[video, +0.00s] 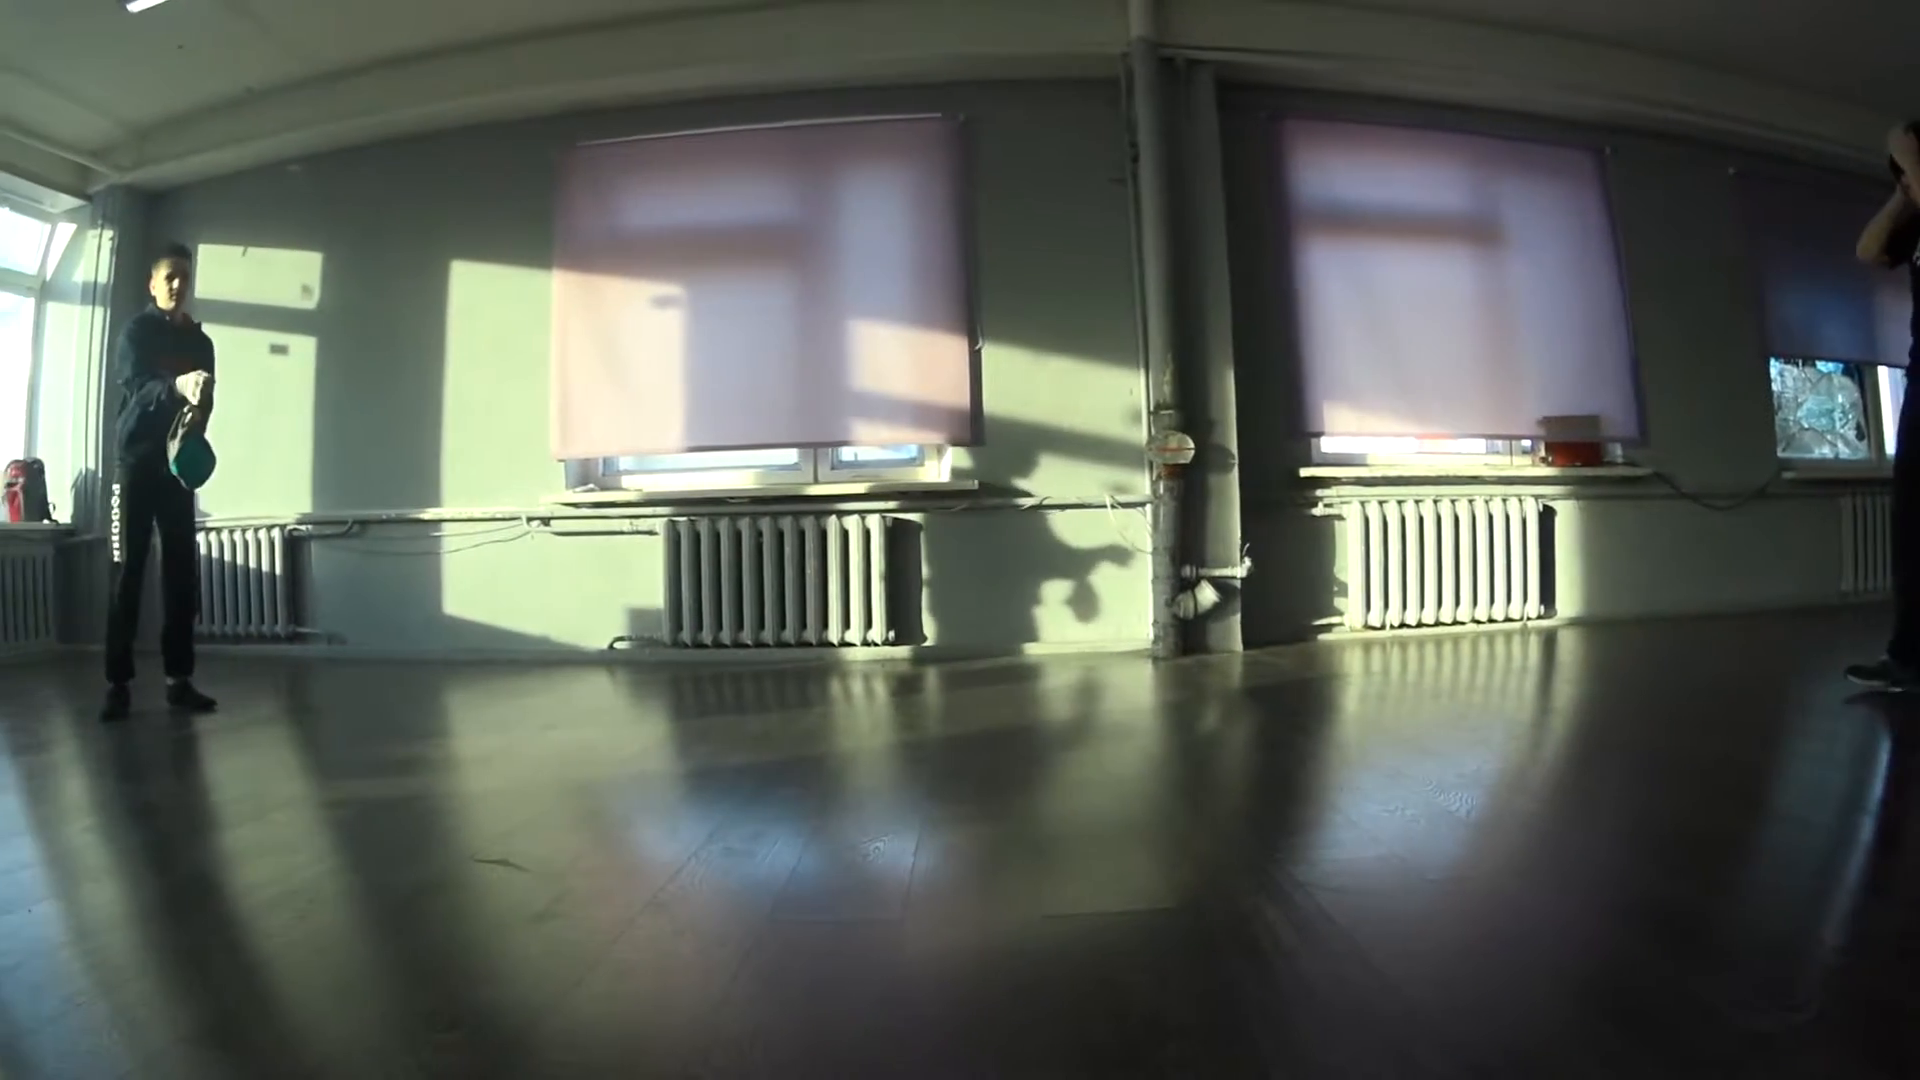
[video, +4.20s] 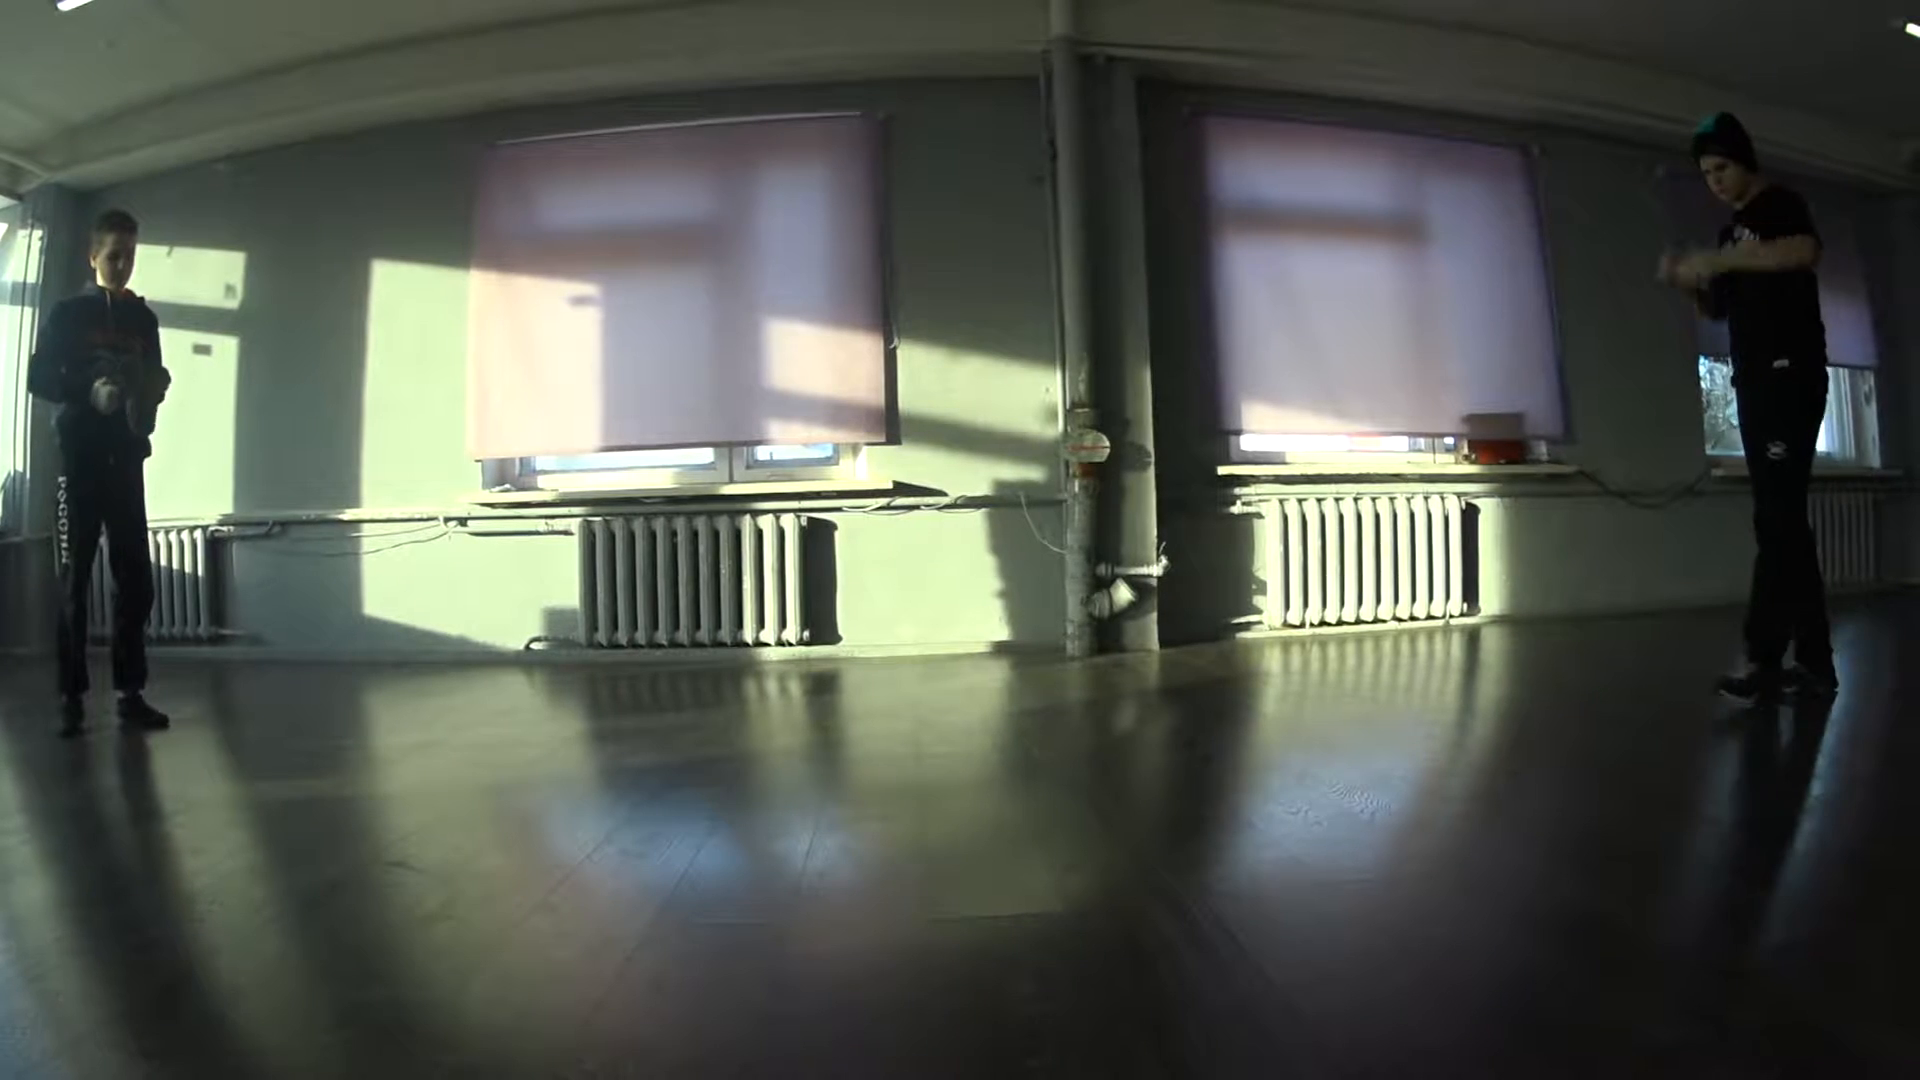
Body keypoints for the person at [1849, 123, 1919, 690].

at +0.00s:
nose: (1898, 174)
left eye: (1902, 164)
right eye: (1897, 164)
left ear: (1913, 162)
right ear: (1906, 164)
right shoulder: (1911, 217)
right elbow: (1869, 251)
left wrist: (1907, 174)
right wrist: (1906, 195)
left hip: (1919, 391)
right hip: (1916, 388)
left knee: (1912, 520)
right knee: (1909, 517)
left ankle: (1908, 656)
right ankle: (1904, 654)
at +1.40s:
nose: (1843, 206)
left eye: (1844, 195)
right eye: (1842, 195)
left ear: (1855, 190)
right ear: (1878, 182)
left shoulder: (1892, 217)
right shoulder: (1892, 220)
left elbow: (1841, 248)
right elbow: (1864, 275)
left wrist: (1830, 195)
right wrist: (1842, 205)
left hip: (1904, 391)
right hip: (1899, 389)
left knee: (1906, 520)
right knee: (1905, 520)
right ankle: (1919, 655)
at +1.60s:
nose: (1784, 196)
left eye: (1785, 184)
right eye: (1781, 187)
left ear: (1802, 183)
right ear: (1820, 175)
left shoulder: (1849, 213)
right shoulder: (1833, 225)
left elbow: (1793, 240)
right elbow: (1795, 283)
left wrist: (1777, 190)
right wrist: (1793, 225)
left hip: (1861, 386)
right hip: (1842, 387)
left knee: (1861, 519)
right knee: (1858, 520)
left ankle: (1885, 655)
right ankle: (1880, 655)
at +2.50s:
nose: (1811, 163)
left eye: (1819, 152)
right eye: (1801, 157)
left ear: (1839, 155)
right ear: (1793, 168)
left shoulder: (1873, 206)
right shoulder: (1801, 223)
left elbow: (1876, 192)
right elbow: (1749, 254)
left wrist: (1831, 126)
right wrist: (1772, 188)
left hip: (1875, 378)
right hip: (1819, 381)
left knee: (1878, 514)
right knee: (1813, 514)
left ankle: (1882, 656)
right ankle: (1846, 647)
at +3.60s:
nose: (1758, 158)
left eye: (1768, 147)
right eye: (1753, 149)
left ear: (1792, 151)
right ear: (1754, 157)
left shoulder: (1825, 201)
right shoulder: (1767, 218)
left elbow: (1784, 189)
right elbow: (1720, 243)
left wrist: (1763, 132)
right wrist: (1735, 188)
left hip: (1827, 379)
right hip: (1780, 382)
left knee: (1841, 521)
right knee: (1789, 526)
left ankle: (1868, 662)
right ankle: (1814, 662)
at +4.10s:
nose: (1724, 179)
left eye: (1732, 168)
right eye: (1716, 172)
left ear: (1756, 164)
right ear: (1711, 176)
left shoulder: (1792, 204)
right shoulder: (1733, 227)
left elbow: (1784, 234)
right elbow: (1702, 290)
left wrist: (1716, 187)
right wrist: (1694, 237)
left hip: (1798, 378)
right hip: (1757, 381)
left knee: (1783, 518)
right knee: (1777, 519)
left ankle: (1811, 665)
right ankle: (1799, 661)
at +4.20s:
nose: (1717, 181)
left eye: (1724, 167)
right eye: (1708, 173)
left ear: (1748, 161)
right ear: (1704, 178)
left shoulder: (1782, 203)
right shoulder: (1733, 232)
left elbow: (1804, 251)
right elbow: (1723, 308)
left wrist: (1721, 262)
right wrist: (1694, 284)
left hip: (1794, 378)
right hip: (1755, 382)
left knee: (1777, 517)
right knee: (1782, 518)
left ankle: (1767, 661)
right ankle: (1813, 661)